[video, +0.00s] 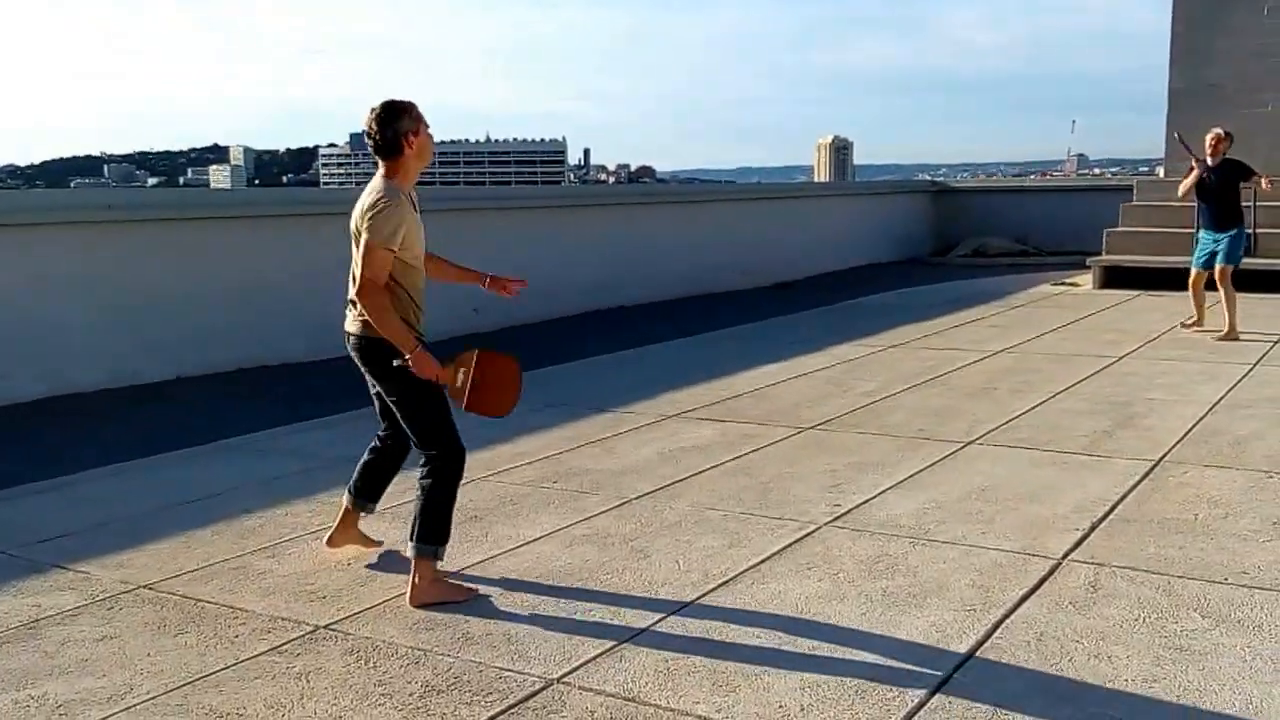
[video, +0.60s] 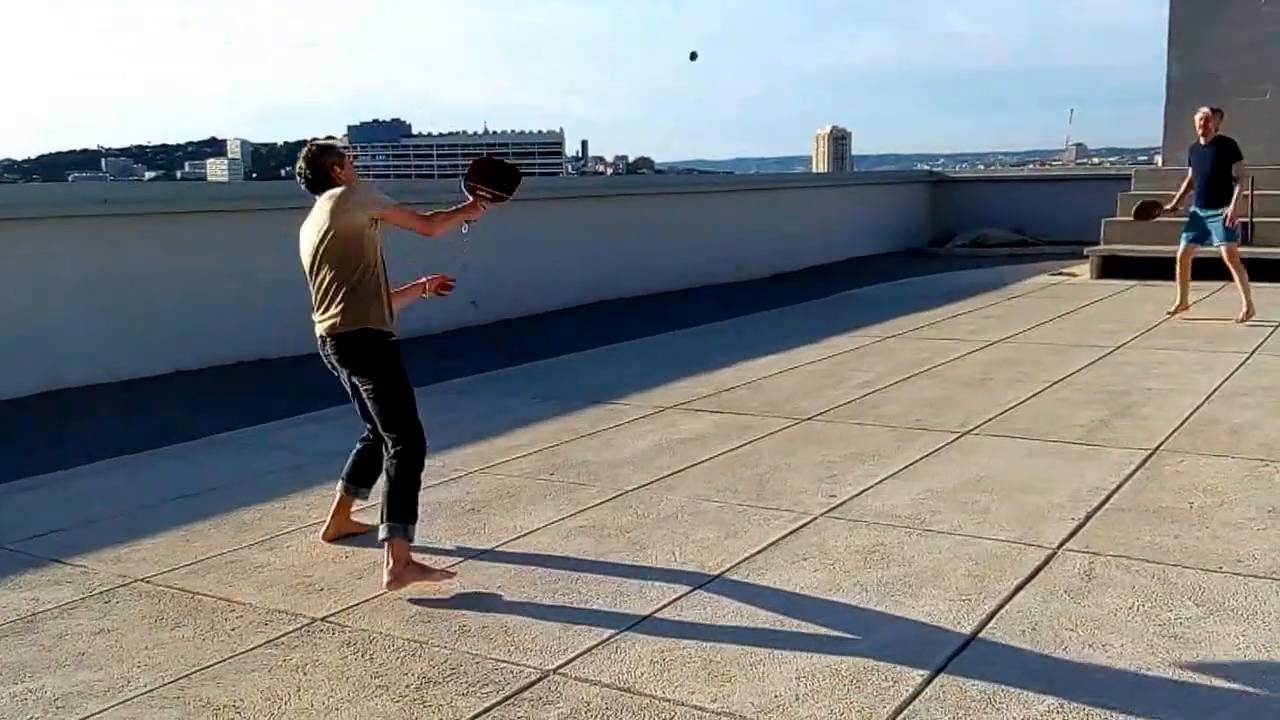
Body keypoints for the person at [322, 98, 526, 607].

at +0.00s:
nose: (432, 136)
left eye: (427, 128)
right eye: (427, 129)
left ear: (397, 144)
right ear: (411, 141)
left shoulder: (395, 196)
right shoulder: (386, 206)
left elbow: (418, 262)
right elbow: (368, 291)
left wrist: (484, 280)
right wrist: (413, 348)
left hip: (378, 340)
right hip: (384, 344)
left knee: (396, 437)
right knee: (445, 452)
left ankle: (345, 527)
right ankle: (425, 577)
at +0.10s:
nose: (416, 141)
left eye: (410, 134)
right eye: (409, 135)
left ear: (388, 152)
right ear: (392, 150)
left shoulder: (412, 202)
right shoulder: (357, 214)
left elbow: (461, 233)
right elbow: (329, 295)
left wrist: (525, 228)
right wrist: (366, 348)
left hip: (402, 348)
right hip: (385, 354)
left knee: (394, 438)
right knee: (449, 454)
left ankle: (345, 518)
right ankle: (424, 577)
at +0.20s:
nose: (403, 155)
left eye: (398, 148)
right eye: (395, 149)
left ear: (378, 163)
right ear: (373, 164)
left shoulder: (409, 208)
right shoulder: (337, 228)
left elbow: (475, 215)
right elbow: (327, 294)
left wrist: (532, 186)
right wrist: (336, 320)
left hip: (405, 350)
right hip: (377, 358)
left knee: (402, 444)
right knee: (453, 454)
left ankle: (345, 520)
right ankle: (423, 575)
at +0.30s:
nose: (390, 162)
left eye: (385, 156)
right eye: (381, 158)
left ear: (366, 174)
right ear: (360, 175)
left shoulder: (396, 219)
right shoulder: (329, 230)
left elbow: (467, 223)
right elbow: (334, 301)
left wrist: (515, 179)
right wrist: (329, 276)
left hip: (399, 354)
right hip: (372, 362)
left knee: (409, 445)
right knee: (450, 456)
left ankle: (343, 522)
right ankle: (422, 576)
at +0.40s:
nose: (375, 169)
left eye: (373, 161)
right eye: (366, 163)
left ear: (356, 176)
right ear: (345, 177)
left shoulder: (376, 226)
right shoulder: (325, 219)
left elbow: (447, 249)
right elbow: (357, 249)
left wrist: (485, 205)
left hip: (386, 351)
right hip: (367, 357)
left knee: (404, 443)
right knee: (438, 454)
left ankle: (342, 521)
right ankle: (420, 574)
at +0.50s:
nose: (366, 168)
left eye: (362, 161)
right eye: (358, 163)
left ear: (336, 176)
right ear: (338, 175)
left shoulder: (343, 226)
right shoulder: (330, 205)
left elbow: (408, 277)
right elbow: (402, 229)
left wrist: (460, 239)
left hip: (360, 345)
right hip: (362, 345)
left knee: (392, 440)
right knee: (420, 448)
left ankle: (340, 519)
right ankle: (415, 569)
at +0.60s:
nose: (355, 166)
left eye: (350, 160)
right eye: (350, 161)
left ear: (318, 179)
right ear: (339, 169)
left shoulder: (312, 224)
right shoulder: (354, 195)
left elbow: (358, 302)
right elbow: (430, 226)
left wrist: (418, 287)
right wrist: (475, 206)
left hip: (334, 340)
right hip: (364, 336)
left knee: (377, 432)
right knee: (406, 441)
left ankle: (338, 518)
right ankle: (400, 562)